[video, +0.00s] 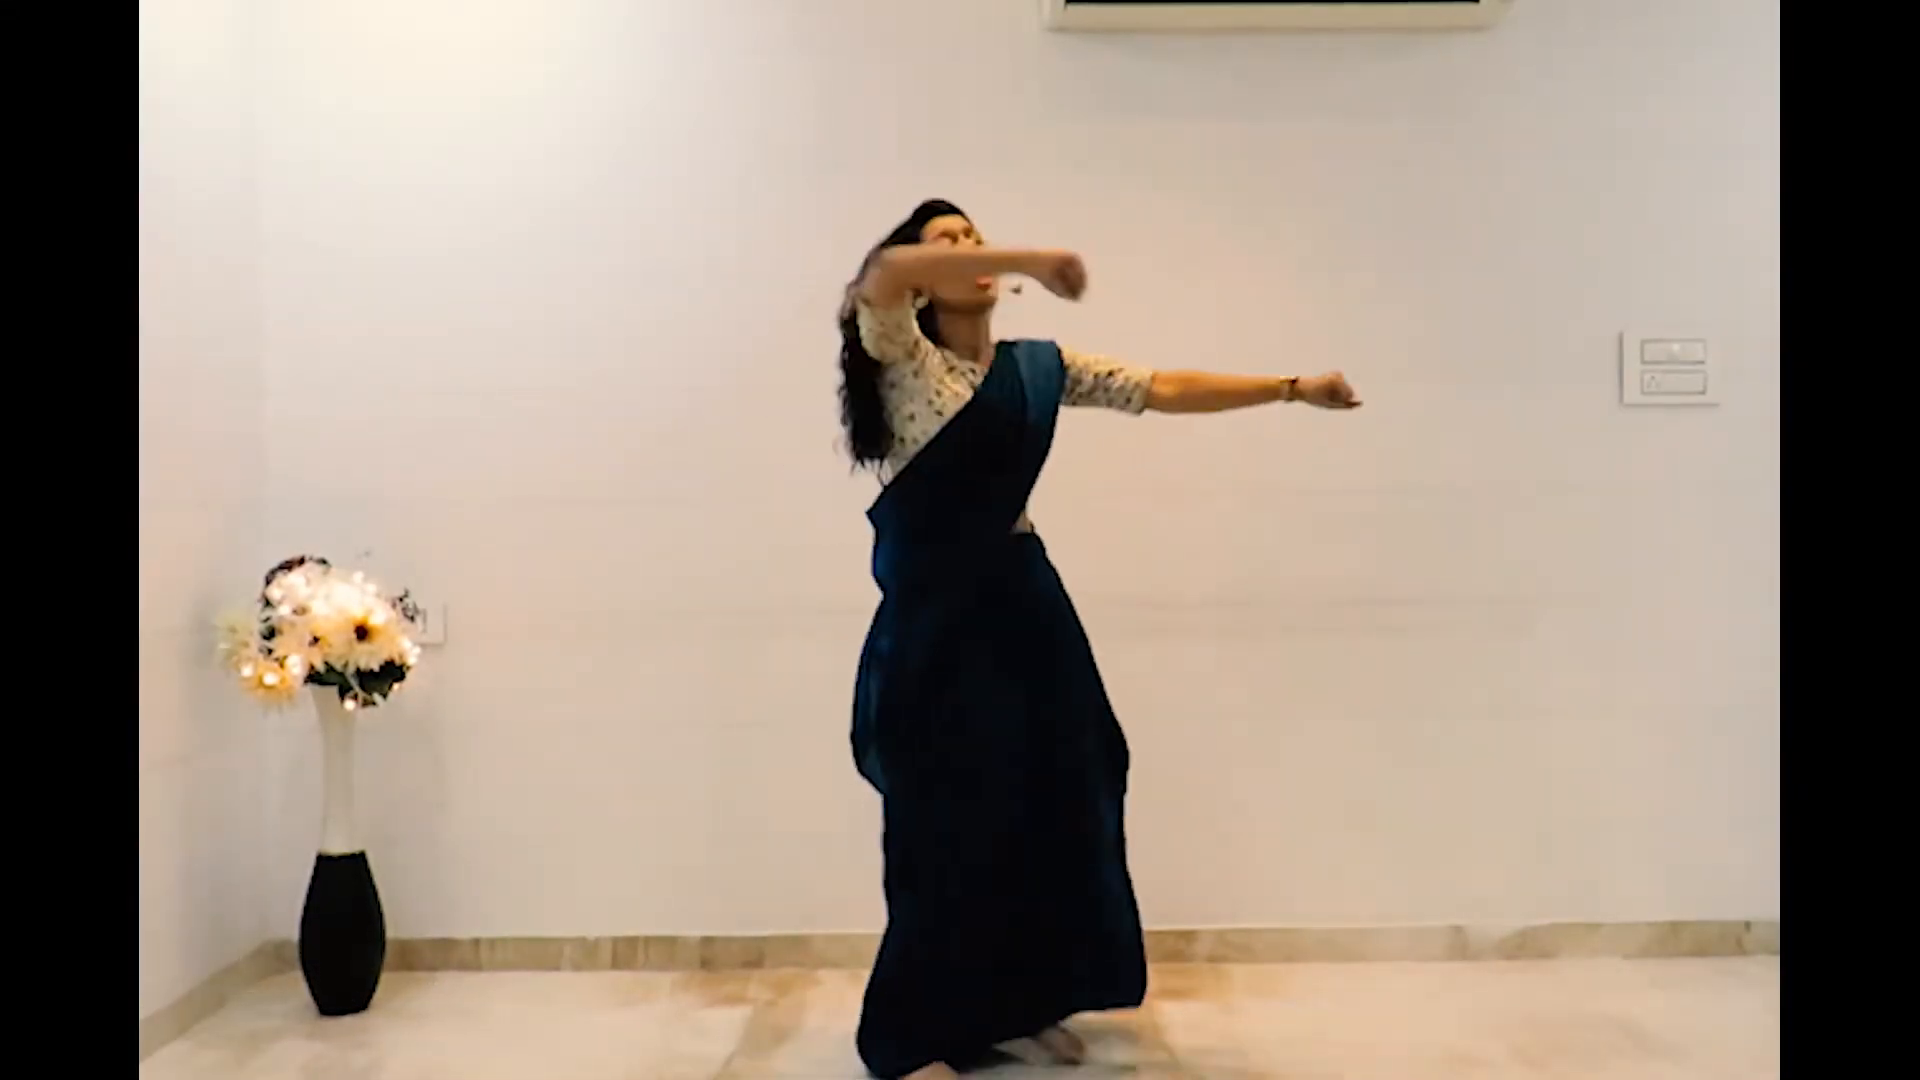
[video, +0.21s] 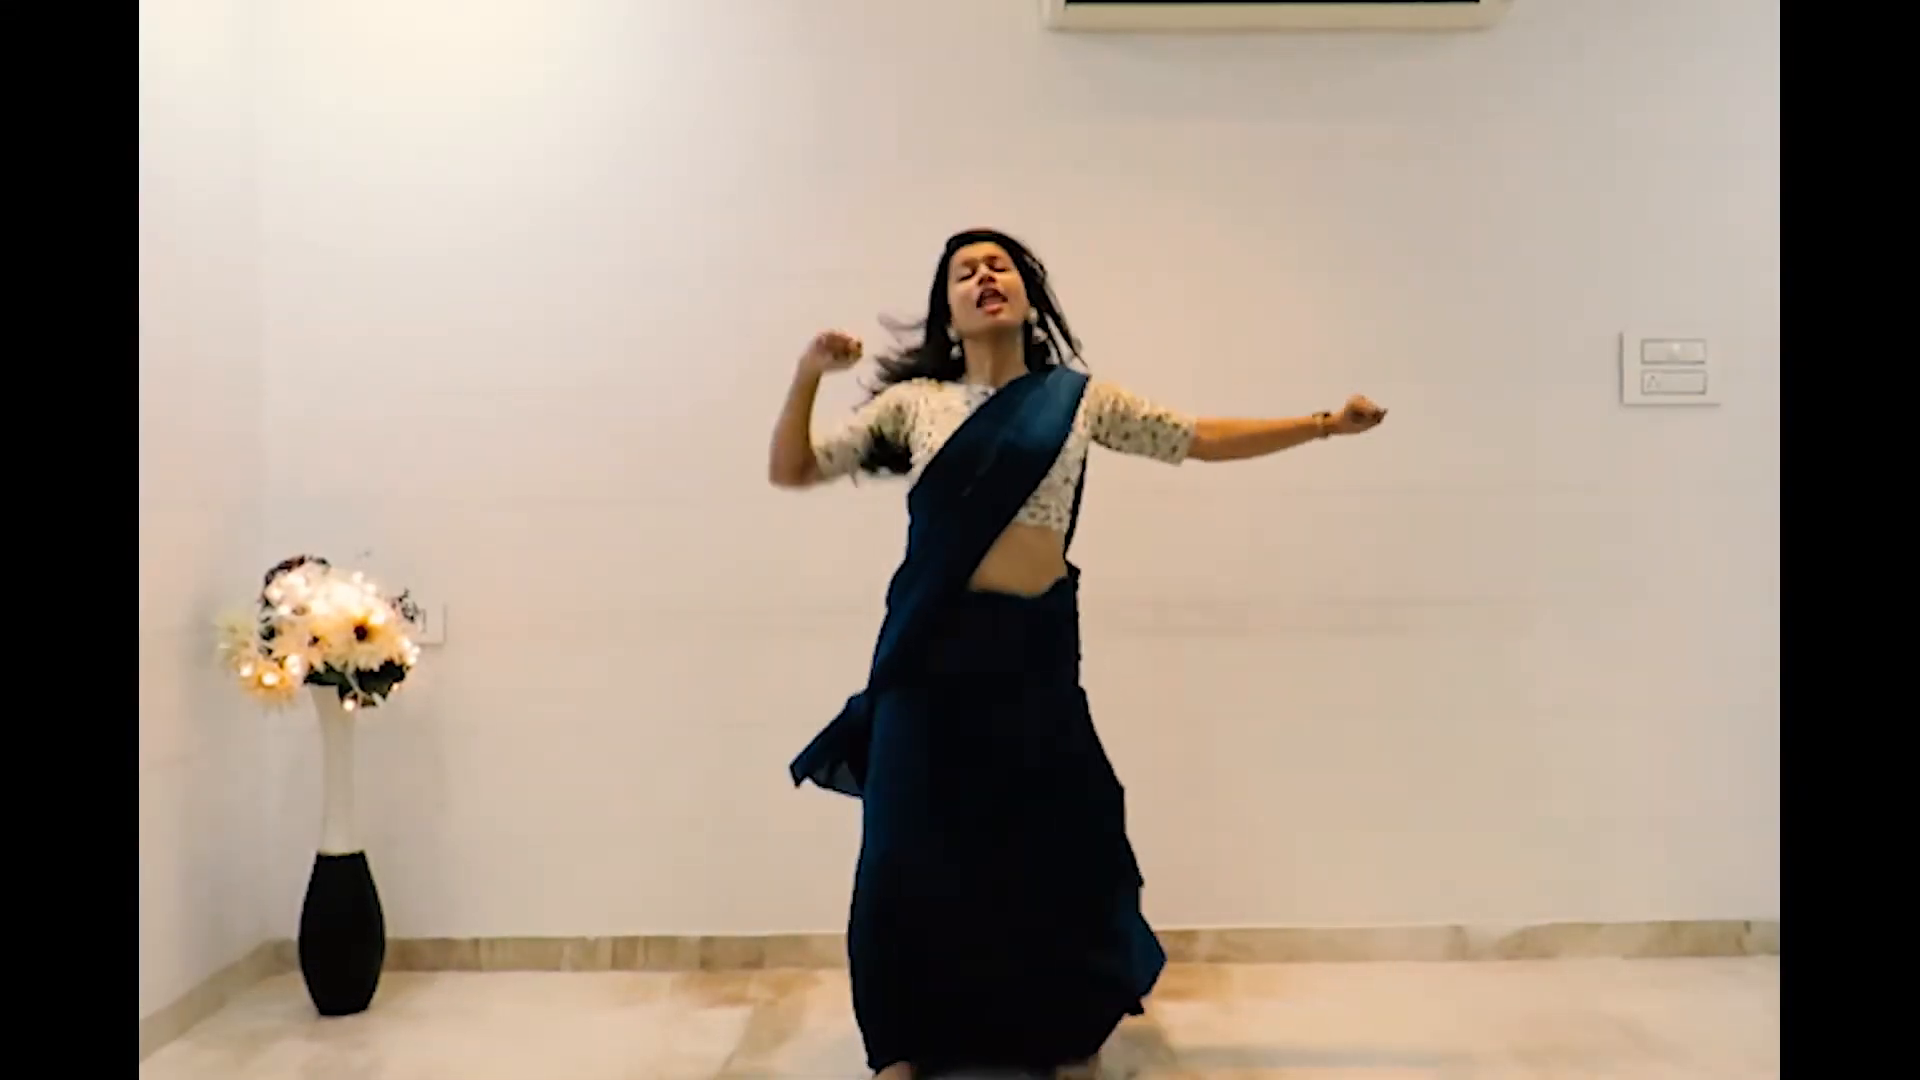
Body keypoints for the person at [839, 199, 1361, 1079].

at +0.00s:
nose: (973, 255)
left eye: (975, 243)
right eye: (950, 244)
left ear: (993, 273)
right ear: (914, 277)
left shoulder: (1037, 364)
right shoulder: (901, 363)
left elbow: (1161, 390)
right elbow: (885, 272)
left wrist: (1294, 386)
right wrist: (1026, 261)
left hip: (1020, 608)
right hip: (930, 617)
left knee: (1060, 792)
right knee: (949, 819)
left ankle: (1028, 1006)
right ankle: (919, 1038)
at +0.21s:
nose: (986, 276)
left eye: (1001, 267)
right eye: (966, 271)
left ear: (1032, 300)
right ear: (944, 314)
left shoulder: (1076, 397)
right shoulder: (911, 405)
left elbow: (1194, 438)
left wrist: (1325, 423)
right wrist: (806, 375)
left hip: (1035, 643)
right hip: (932, 639)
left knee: (1067, 831)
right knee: (911, 842)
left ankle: (1061, 1040)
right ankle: (902, 1046)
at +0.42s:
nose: (994, 250)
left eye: (1007, 240)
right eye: (975, 245)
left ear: (1038, 268)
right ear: (952, 282)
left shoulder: (1086, 348)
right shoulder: (938, 366)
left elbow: (1192, 354)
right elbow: (889, 416)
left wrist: (1311, 304)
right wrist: (797, 322)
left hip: (1059, 613)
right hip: (957, 613)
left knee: (1067, 813)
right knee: (941, 815)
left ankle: (1071, 1034)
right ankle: (916, 1026)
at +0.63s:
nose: (995, 304)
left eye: (1009, 291)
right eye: (975, 296)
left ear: (1038, 314)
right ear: (954, 325)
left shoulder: (1086, 396)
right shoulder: (931, 404)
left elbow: (1079, 434)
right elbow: (935, 471)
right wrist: (990, 401)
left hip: (1078, 638)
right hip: (982, 645)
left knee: (1099, 834)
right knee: (998, 837)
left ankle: (1099, 1040)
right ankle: (1004, 1042)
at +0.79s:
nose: (979, 261)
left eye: (998, 249)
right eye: (966, 253)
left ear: (1035, 278)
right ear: (953, 287)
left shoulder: (1061, 346)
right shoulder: (945, 366)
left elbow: (1090, 364)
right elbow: (831, 377)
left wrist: (1127, 347)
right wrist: (900, 271)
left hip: (1063, 597)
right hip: (970, 603)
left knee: (1047, 811)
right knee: (979, 817)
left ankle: (1071, 1036)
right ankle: (1010, 1013)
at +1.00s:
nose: (985, 253)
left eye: (1005, 247)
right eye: (980, 245)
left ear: (1043, 275)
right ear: (967, 273)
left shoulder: (1055, 353)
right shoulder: (964, 343)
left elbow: (1113, 370)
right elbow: (898, 261)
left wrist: (1169, 342)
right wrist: (864, 155)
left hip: (1028, 596)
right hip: (965, 597)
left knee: (999, 811)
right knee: (960, 810)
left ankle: (1046, 1024)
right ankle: (995, 1022)